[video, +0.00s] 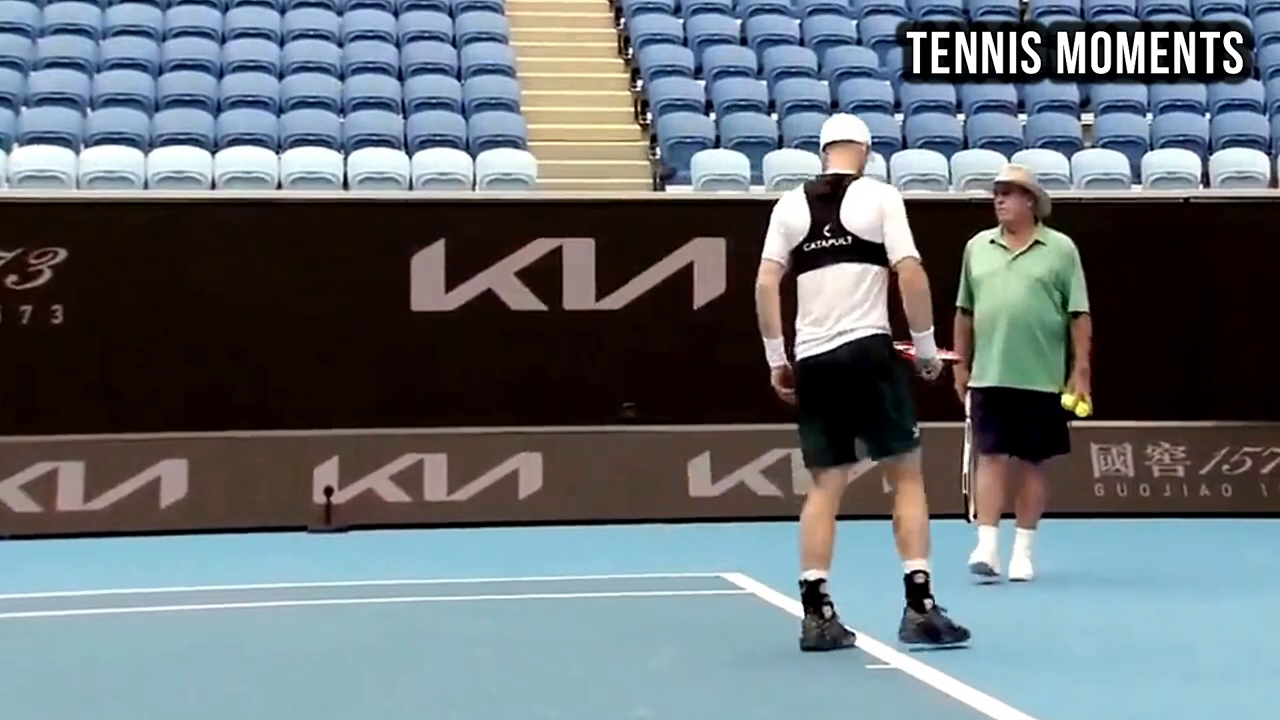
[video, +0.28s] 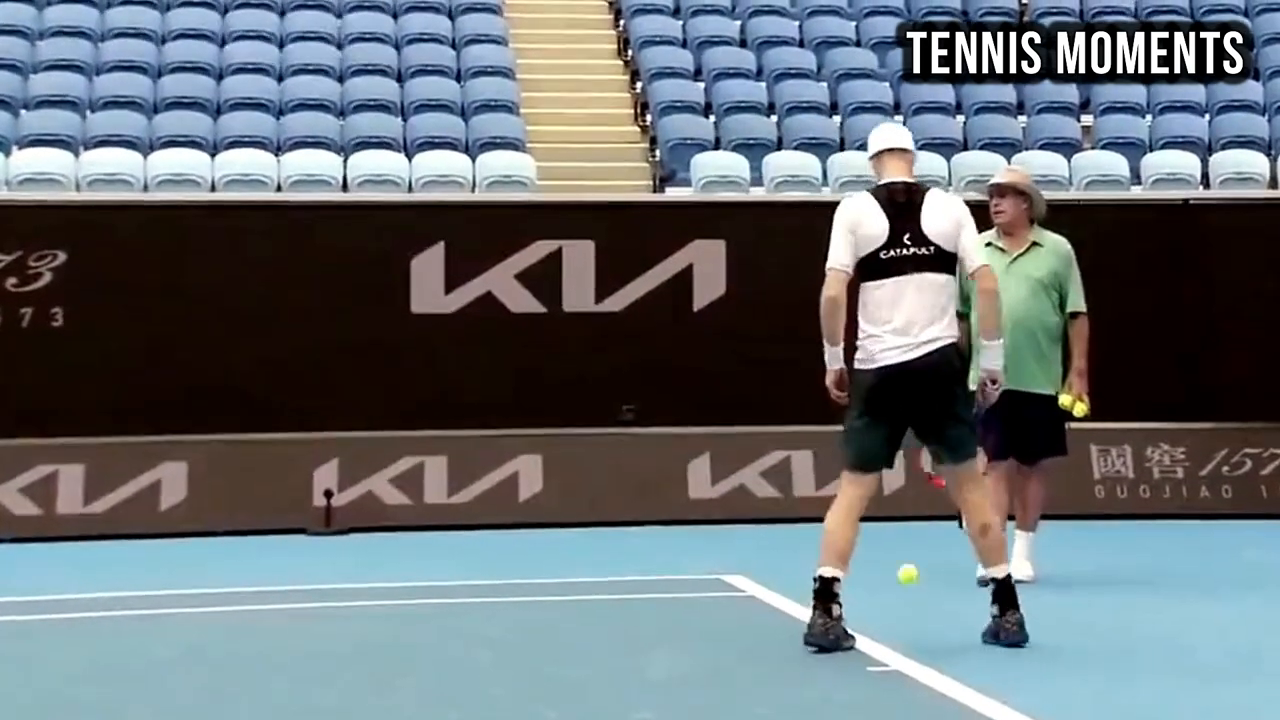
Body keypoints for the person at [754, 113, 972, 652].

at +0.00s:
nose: (864, 157)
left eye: (851, 148)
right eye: (866, 150)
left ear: (823, 153)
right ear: (864, 152)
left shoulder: (789, 204)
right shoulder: (882, 196)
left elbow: (767, 282)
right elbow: (909, 272)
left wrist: (777, 357)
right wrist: (927, 346)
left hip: (812, 363)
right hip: (874, 355)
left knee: (824, 484)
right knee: (905, 477)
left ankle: (816, 615)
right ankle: (920, 606)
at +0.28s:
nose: (892, 164)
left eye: (881, 157)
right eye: (900, 155)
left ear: (872, 162)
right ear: (914, 159)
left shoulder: (853, 209)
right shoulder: (950, 206)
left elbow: (835, 289)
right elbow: (987, 282)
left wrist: (833, 358)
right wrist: (990, 360)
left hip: (878, 374)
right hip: (943, 369)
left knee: (852, 490)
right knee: (972, 485)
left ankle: (825, 612)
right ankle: (1007, 610)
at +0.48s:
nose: (921, 169)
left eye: (918, 162)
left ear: (916, 167)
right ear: (959, 164)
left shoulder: (902, 210)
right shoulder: (997, 210)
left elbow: (889, 291)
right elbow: (1033, 287)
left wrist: (888, 358)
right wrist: (1037, 366)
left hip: (923, 374)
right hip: (986, 370)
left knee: (897, 483)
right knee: (999, 486)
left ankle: (890, 600)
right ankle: (1013, 618)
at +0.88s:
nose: (954, 162)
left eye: (944, 156)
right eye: (965, 151)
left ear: (940, 156)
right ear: (981, 151)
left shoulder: (931, 205)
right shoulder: (1019, 203)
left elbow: (920, 292)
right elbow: (1056, 286)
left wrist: (905, 360)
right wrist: (1063, 363)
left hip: (952, 370)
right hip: (1011, 366)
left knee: (947, 486)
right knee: (1005, 485)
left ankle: (971, 606)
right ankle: (1010, 614)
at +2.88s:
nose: (923, 159)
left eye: (923, 151)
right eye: (922, 151)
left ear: (932, 145)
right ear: (967, 136)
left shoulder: (939, 190)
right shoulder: (1020, 189)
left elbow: (931, 274)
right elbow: (1053, 275)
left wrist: (903, 347)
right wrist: (1046, 347)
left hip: (963, 352)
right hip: (1020, 348)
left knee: (936, 466)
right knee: (1020, 466)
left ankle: (916, 590)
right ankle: (1028, 596)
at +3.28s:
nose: (845, 164)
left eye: (849, 153)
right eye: (844, 154)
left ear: (873, 151)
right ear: (888, 152)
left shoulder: (871, 210)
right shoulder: (951, 188)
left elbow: (871, 299)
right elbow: (992, 269)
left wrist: (866, 384)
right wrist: (990, 334)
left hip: (927, 352)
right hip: (986, 342)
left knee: (911, 469)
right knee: (999, 463)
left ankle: (914, 592)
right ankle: (1025, 586)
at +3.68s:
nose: (813, 177)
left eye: (818, 167)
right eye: (813, 168)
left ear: (841, 167)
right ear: (859, 167)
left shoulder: (839, 224)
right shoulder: (912, 194)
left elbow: (828, 316)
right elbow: (938, 278)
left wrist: (811, 394)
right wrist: (903, 347)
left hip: (920, 354)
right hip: (974, 334)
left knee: (908, 472)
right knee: (1001, 454)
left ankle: (913, 595)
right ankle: (1043, 576)